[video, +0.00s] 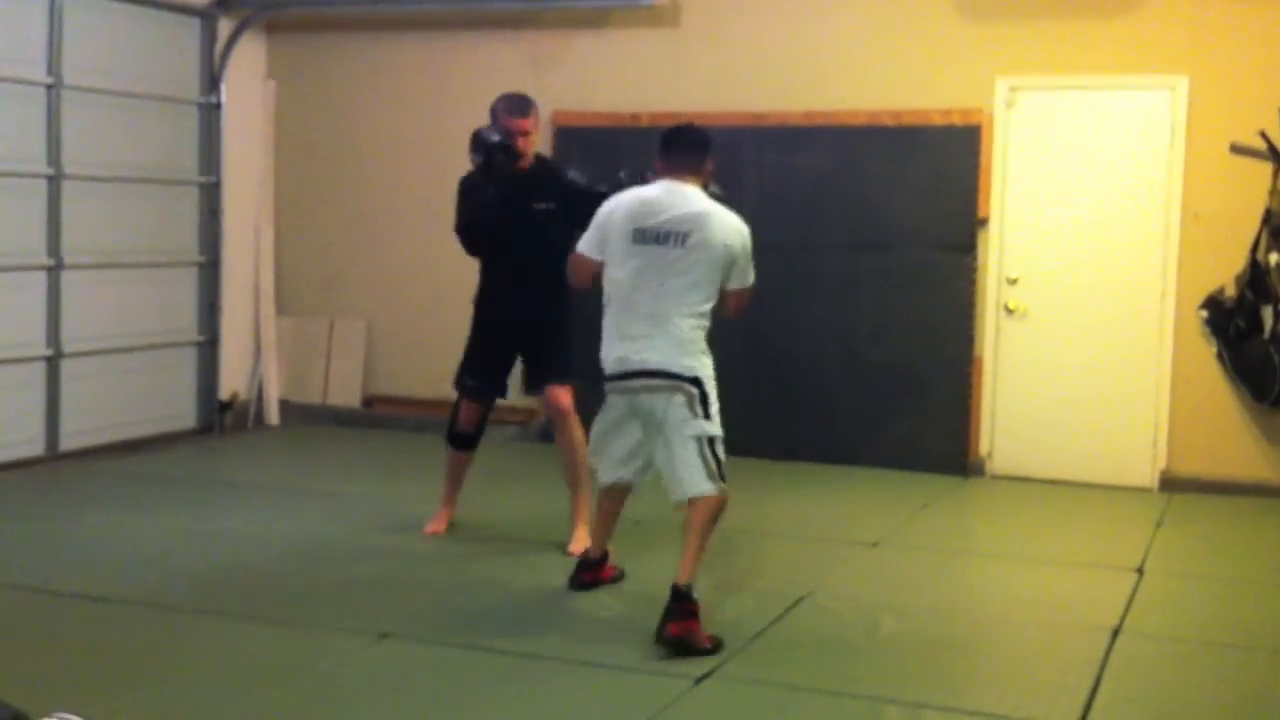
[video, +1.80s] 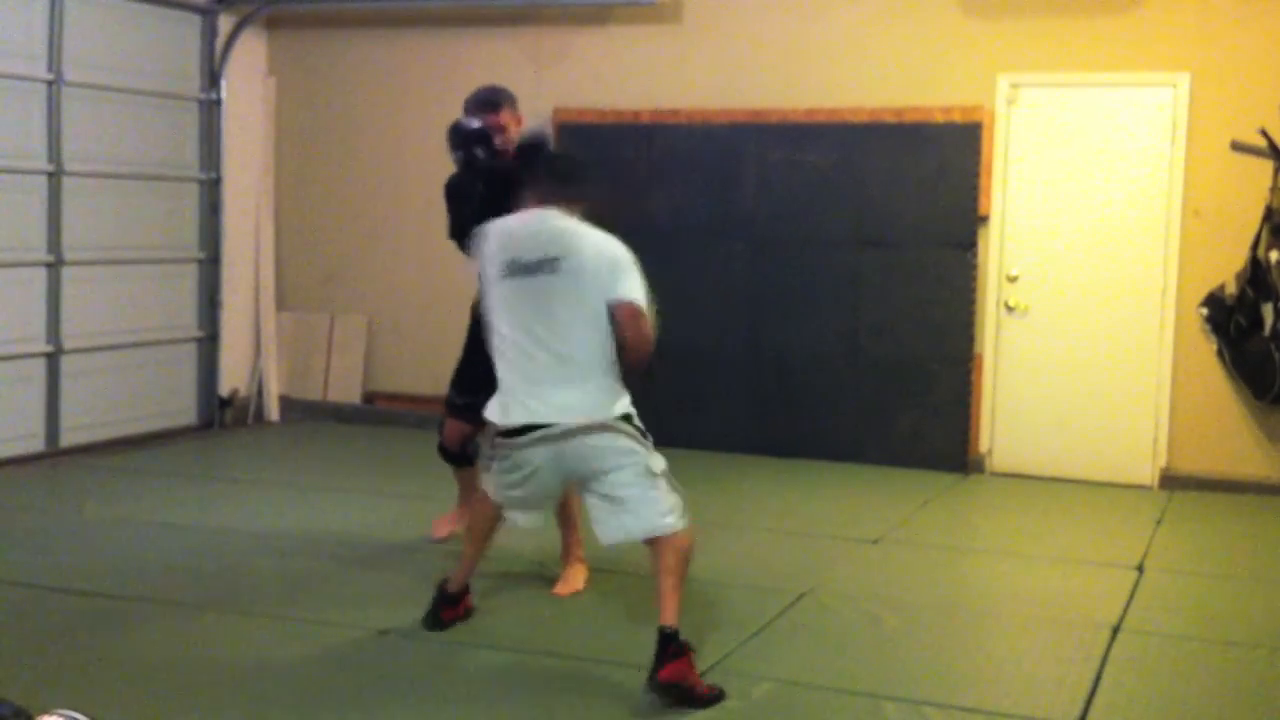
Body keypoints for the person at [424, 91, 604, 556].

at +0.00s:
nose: (520, 143)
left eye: (527, 134)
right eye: (511, 135)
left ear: (538, 132)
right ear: (494, 133)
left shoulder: (555, 180)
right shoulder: (478, 184)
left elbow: (600, 212)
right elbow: (473, 242)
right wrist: (491, 179)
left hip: (549, 308)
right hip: (497, 308)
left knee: (560, 402)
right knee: (470, 409)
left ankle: (581, 521)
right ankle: (446, 507)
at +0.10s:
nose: (522, 139)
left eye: (530, 129)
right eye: (513, 130)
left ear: (543, 127)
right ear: (498, 128)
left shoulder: (558, 175)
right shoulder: (486, 175)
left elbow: (583, 229)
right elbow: (473, 238)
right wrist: (488, 177)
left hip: (550, 306)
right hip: (500, 306)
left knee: (556, 409)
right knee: (469, 408)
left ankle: (579, 522)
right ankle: (453, 503)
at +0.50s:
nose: (535, 140)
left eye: (545, 133)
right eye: (529, 129)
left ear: (560, 135)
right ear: (515, 126)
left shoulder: (567, 182)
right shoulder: (490, 171)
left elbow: (586, 240)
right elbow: (448, 228)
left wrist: (597, 184)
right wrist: (476, 172)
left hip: (544, 307)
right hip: (490, 305)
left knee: (543, 401)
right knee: (480, 409)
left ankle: (572, 507)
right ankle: (490, 503)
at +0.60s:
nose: (531, 141)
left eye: (541, 133)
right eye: (524, 130)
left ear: (553, 134)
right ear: (506, 126)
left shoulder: (565, 184)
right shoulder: (482, 173)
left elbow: (580, 247)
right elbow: (456, 236)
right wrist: (480, 176)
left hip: (543, 309)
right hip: (490, 308)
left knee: (541, 398)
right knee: (481, 409)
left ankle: (571, 511)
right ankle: (490, 505)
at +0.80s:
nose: (525, 142)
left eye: (534, 133)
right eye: (517, 133)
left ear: (549, 132)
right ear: (501, 133)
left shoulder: (571, 175)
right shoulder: (487, 174)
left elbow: (592, 237)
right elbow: (462, 246)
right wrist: (485, 187)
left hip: (552, 312)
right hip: (497, 311)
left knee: (546, 418)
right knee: (483, 414)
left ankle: (571, 534)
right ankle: (492, 506)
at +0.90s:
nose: (526, 138)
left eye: (534, 129)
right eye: (517, 130)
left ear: (548, 127)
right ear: (501, 129)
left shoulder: (565, 174)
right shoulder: (488, 173)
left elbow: (581, 232)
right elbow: (469, 247)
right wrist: (489, 185)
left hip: (554, 307)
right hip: (503, 307)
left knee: (548, 419)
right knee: (483, 419)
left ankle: (573, 534)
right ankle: (490, 504)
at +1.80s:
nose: (491, 135)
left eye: (498, 124)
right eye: (482, 127)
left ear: (517, 121)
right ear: (469, 130)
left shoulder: (536, 165)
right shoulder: (464, 182)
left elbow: (552, 219)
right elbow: (465, 240)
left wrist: (511, 163)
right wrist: (469, 171)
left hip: (547, 316)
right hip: (493, 318)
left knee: (557, 436)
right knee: (456, 435)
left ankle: (574, 557)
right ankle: (468, 503)